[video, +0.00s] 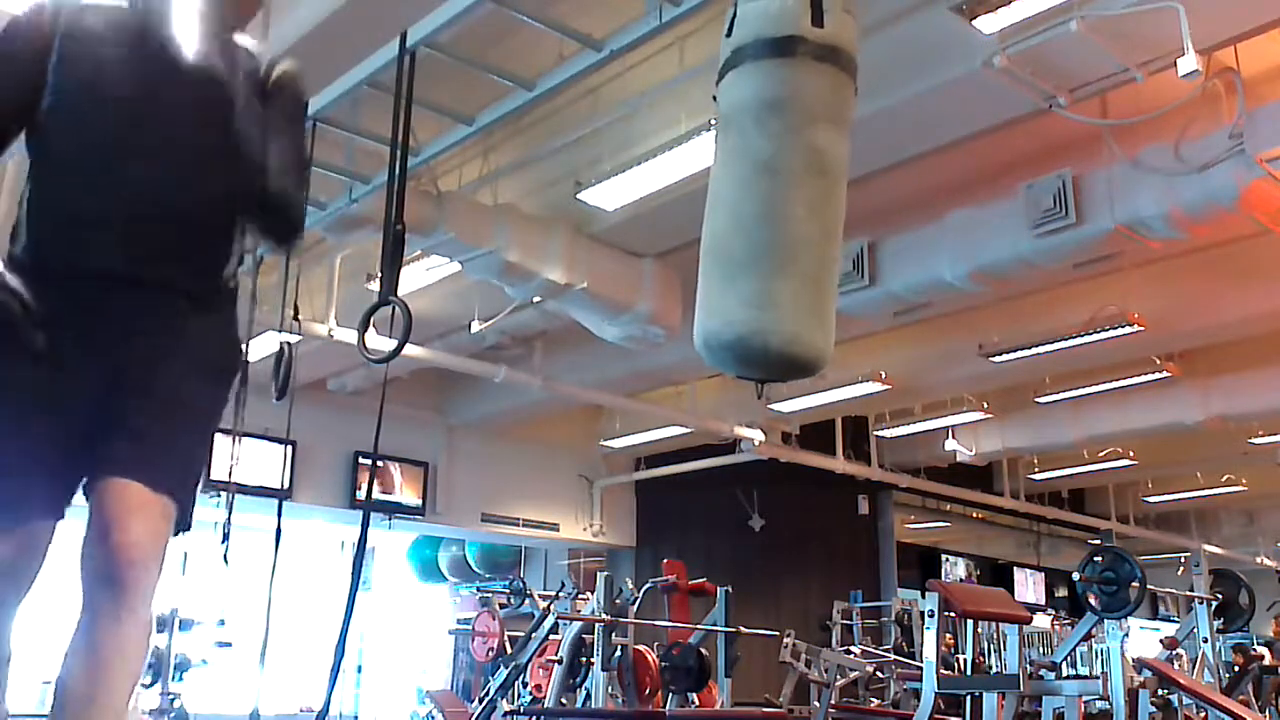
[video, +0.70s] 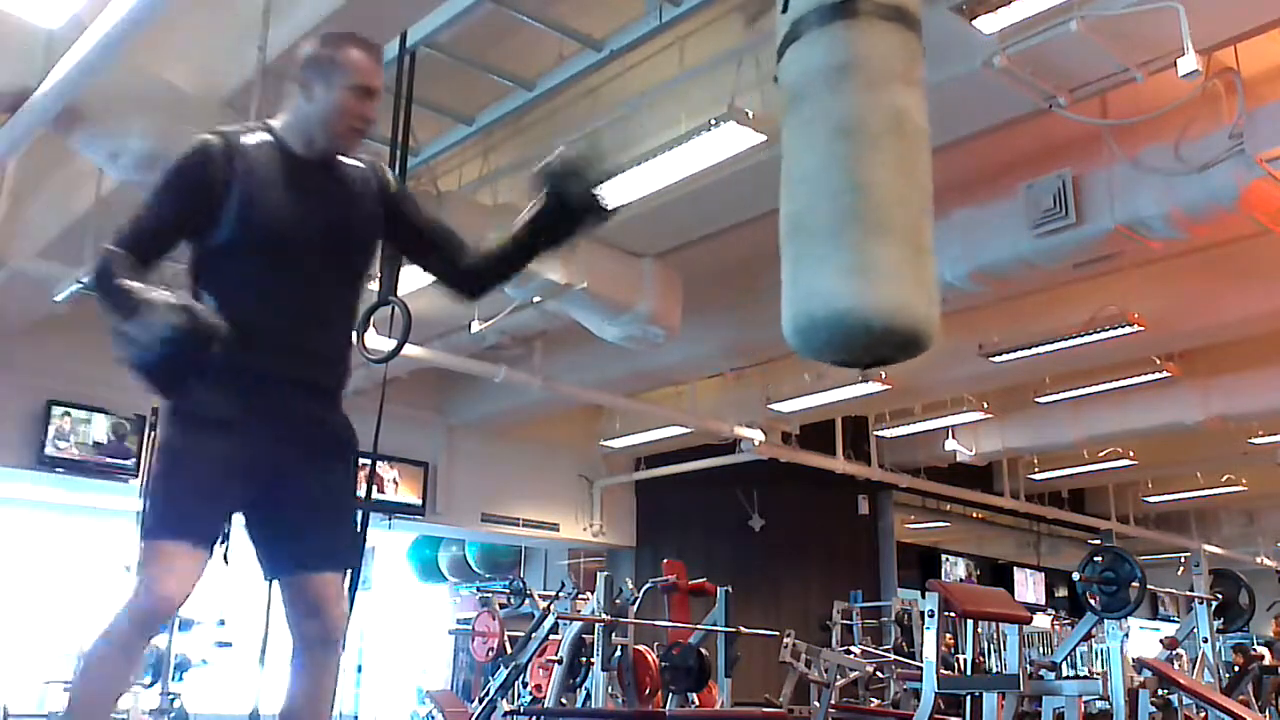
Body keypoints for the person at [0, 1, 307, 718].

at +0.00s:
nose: (257, 5)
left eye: (261, 4)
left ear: (261, 9)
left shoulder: (265, 85)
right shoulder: (62, 26)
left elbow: (285, 221)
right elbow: (1, 133)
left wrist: (233, 88)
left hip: (179, 336)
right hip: (45, 316)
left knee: (128, 550)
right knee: (12, 552)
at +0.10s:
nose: (241, 15)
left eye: (250, 5)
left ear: (247, 12)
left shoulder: (252, 103)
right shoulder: (45, 55)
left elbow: (271, 249)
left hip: (179, 363)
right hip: (47, 349)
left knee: (147, 571)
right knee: (17, 573)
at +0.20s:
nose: (229, 25)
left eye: (238, 10)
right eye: (214, 6)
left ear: (244, 14)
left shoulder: (247, 112)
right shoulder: (51, 76)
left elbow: (273, 260)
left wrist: (319, 377)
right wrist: (0, 329)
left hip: (191, 361)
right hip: (63, 349)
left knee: (173, 554)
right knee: (26, 573)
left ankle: (164, 712)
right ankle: (10, 704)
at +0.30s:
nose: (235, 33)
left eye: (245, 20)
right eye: (221, 14)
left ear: (251, 23)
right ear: (163, 4)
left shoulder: (258, 118)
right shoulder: (67, 90)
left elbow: (308, 257)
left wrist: (402, 327)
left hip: (207, 357)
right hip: (83, 348)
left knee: (209, 564)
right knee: (32, 580)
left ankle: (212, 714)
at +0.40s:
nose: (259, 51)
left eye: (269, 36)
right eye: (246, 30)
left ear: (275, 38)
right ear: (191, 16)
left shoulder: (278, 131)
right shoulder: (90, 102)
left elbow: (363, 246)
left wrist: (481, 265)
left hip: (221, 374)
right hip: (100, 364)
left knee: (252, 591)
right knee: (44, 584)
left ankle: (263, 718)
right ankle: (16, 712)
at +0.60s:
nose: (332, 98)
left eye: (342, 86)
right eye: (321, 77)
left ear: (342, 89)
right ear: (266, 61)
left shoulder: (344, 172)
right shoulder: (178, 147)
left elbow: (466, 244)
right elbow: (67, 248)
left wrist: (556, 187)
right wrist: (66, 289)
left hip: (283, 415)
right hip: (174, 401)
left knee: (304, 623)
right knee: (97, 596)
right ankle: (30, 715)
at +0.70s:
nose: (371, 111)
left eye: (377, 97)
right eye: (359, 92)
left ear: (375, 105)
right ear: (307, 83)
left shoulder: (370, 189)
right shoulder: (222, 161)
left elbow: (471, 276)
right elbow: (115, 265)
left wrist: (551, 221)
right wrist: (150, 313)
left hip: (310, 426)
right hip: (213, 412)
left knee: (322, 629)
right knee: (157, 601)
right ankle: (74, 716)